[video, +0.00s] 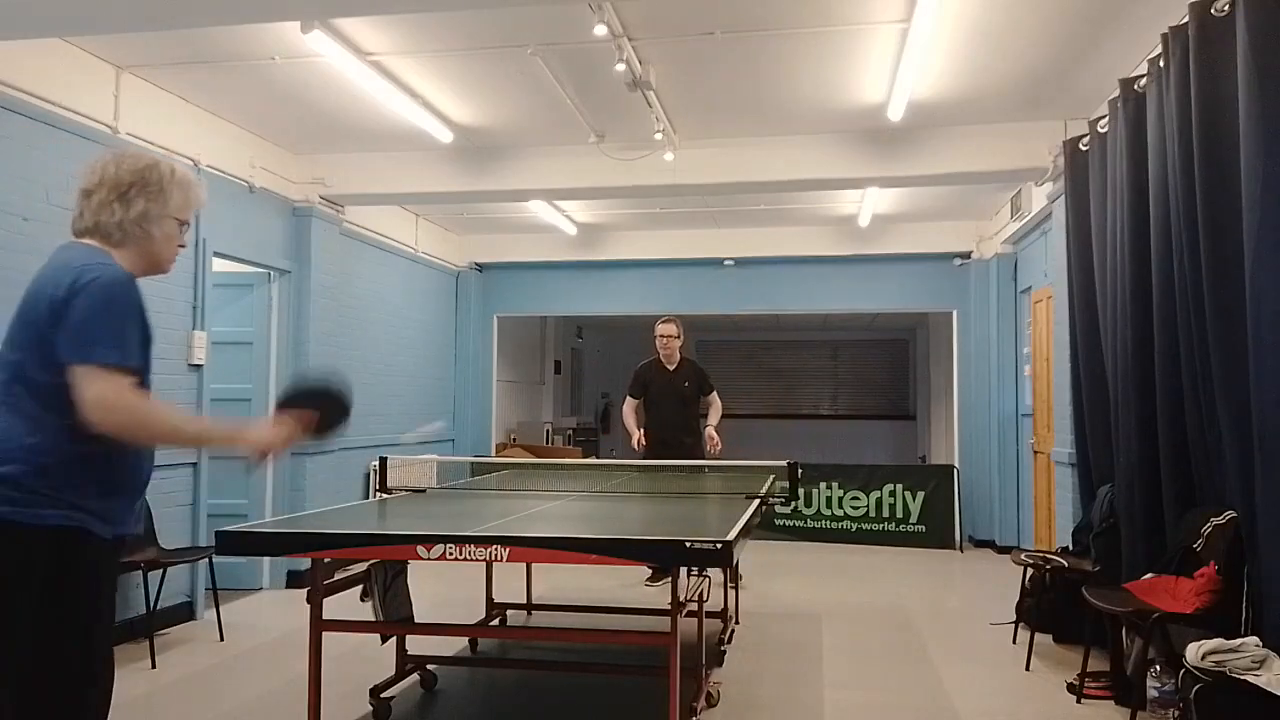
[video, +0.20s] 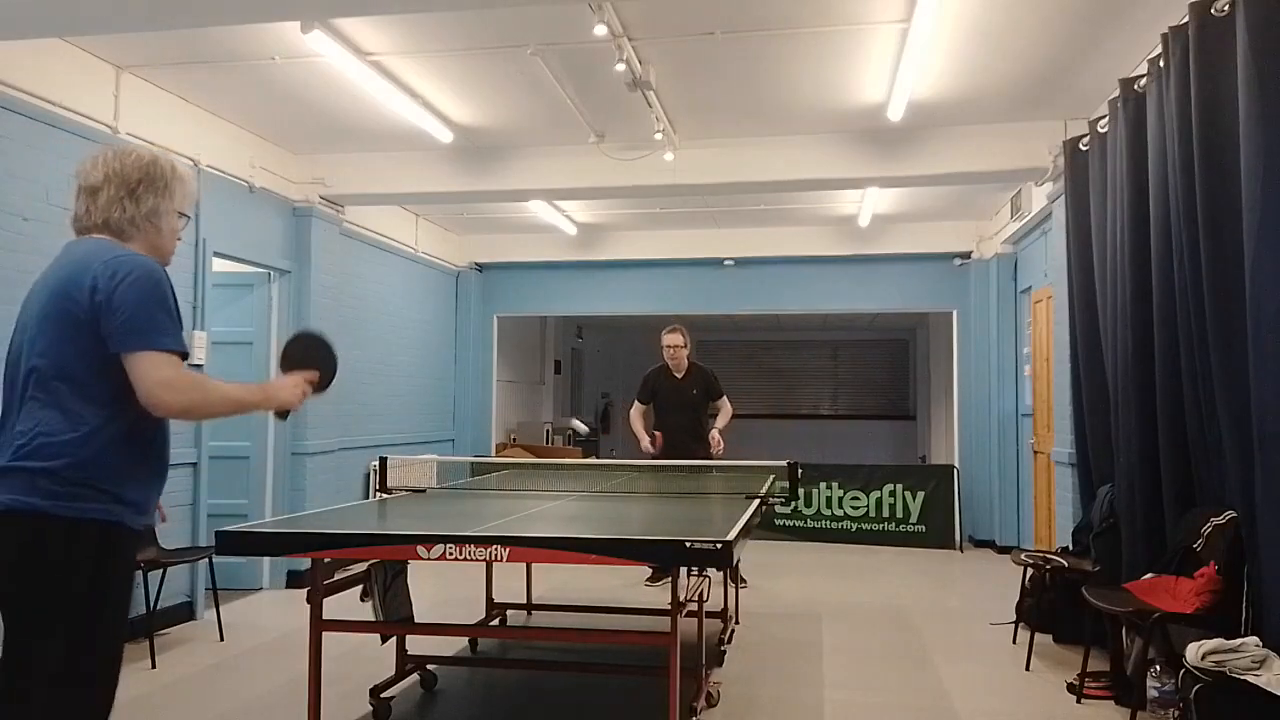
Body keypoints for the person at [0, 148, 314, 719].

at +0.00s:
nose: (185, 240)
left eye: (187, 226)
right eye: (179, 223)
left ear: (129, 215)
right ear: (138, 215)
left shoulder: (71, 271)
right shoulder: (102, 281)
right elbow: (105, 403)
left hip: (41, 529)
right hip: (58, 536)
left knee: (46, 691)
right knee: (65, 696)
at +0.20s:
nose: (181, 232)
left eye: (183, 219)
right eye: (178, 216)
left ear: (108, 207)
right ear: (143, 208)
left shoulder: (67, 268)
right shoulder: (131, 271)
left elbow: (57, 404)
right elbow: (163, 390)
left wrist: (130, 490)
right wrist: (268, 394)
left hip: (33, 517)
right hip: (76, 524)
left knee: (30, 682)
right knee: (73, 691)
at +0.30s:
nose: (176, 231)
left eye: (177, 216)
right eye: (173, 214)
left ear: (96, 206)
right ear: (139, 207)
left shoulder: (53, 273)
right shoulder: (135, 270)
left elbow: (34, 397)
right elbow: (160, 391)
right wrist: (262, 422)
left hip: (28, 520)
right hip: (84, 526)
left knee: (41, 694)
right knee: (88, 700)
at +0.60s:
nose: (164, 227)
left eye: (166, 212)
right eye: (162, 210)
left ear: (68, 203)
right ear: (131, 204)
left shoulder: (17, 276)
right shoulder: (132, 271)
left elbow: (18, 406)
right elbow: (149, 406)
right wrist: (235, 493)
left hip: (11, 539)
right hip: (85, 547)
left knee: (23, 703)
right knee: (101, 706)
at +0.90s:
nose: (152, 218)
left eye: (156, 204)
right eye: (151, 202)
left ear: (52, 185)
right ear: (119, 194)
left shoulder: (12, 248)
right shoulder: (120, 263)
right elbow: (144, 405)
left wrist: (121, 504)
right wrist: (187, 503)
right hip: (59, 547)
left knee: (21, 699)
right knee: (76, 705)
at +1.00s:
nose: (139, 223)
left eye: (144, 209)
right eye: (139, 206)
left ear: (37, 185)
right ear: (109, 197)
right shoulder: (112, 270)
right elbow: (136, 416)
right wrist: (146, 515)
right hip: (45, 548)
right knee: (62, 705)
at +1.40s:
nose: (62, 223)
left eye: (65, 210)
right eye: (62, 209)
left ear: (6, 194)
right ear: (34, 201)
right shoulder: (48, 281)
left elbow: (142, 432)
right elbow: (144, 434)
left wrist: (135, 471)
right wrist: (134, 476)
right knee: (11, 704)